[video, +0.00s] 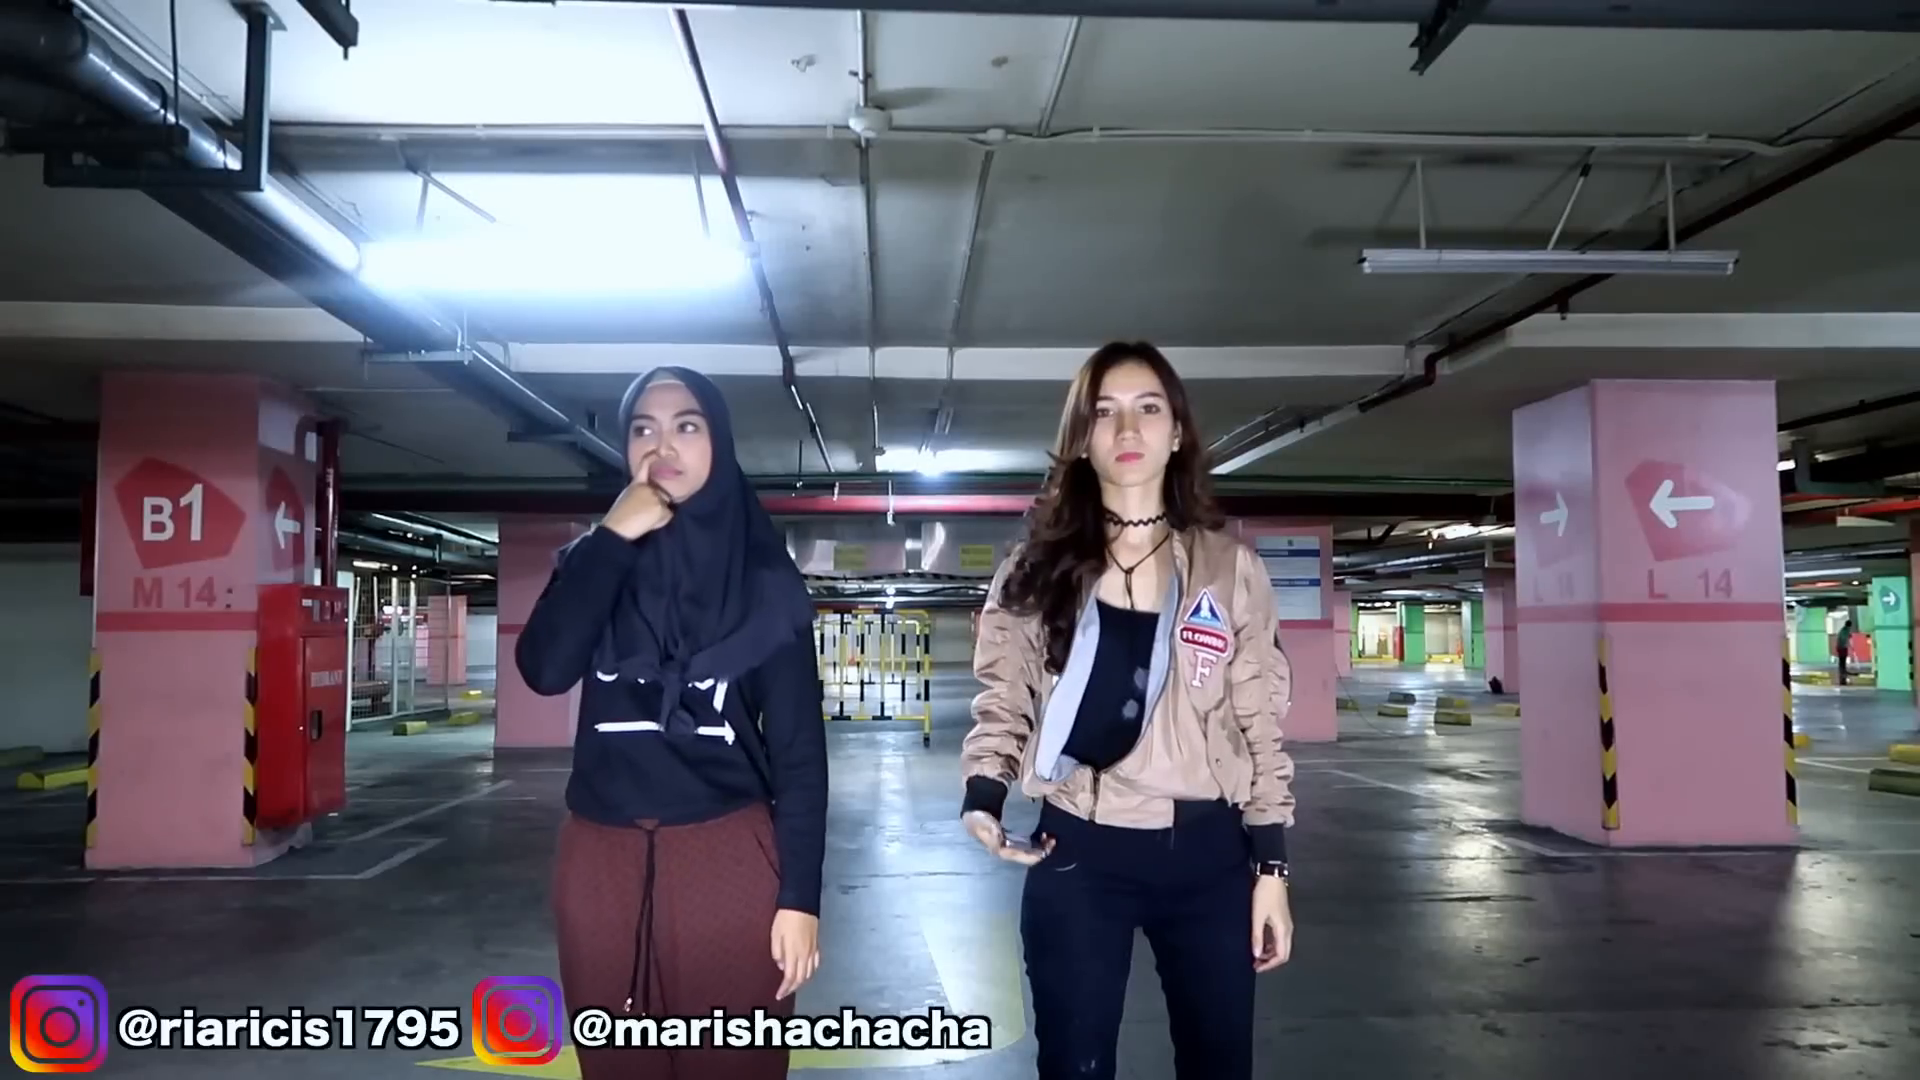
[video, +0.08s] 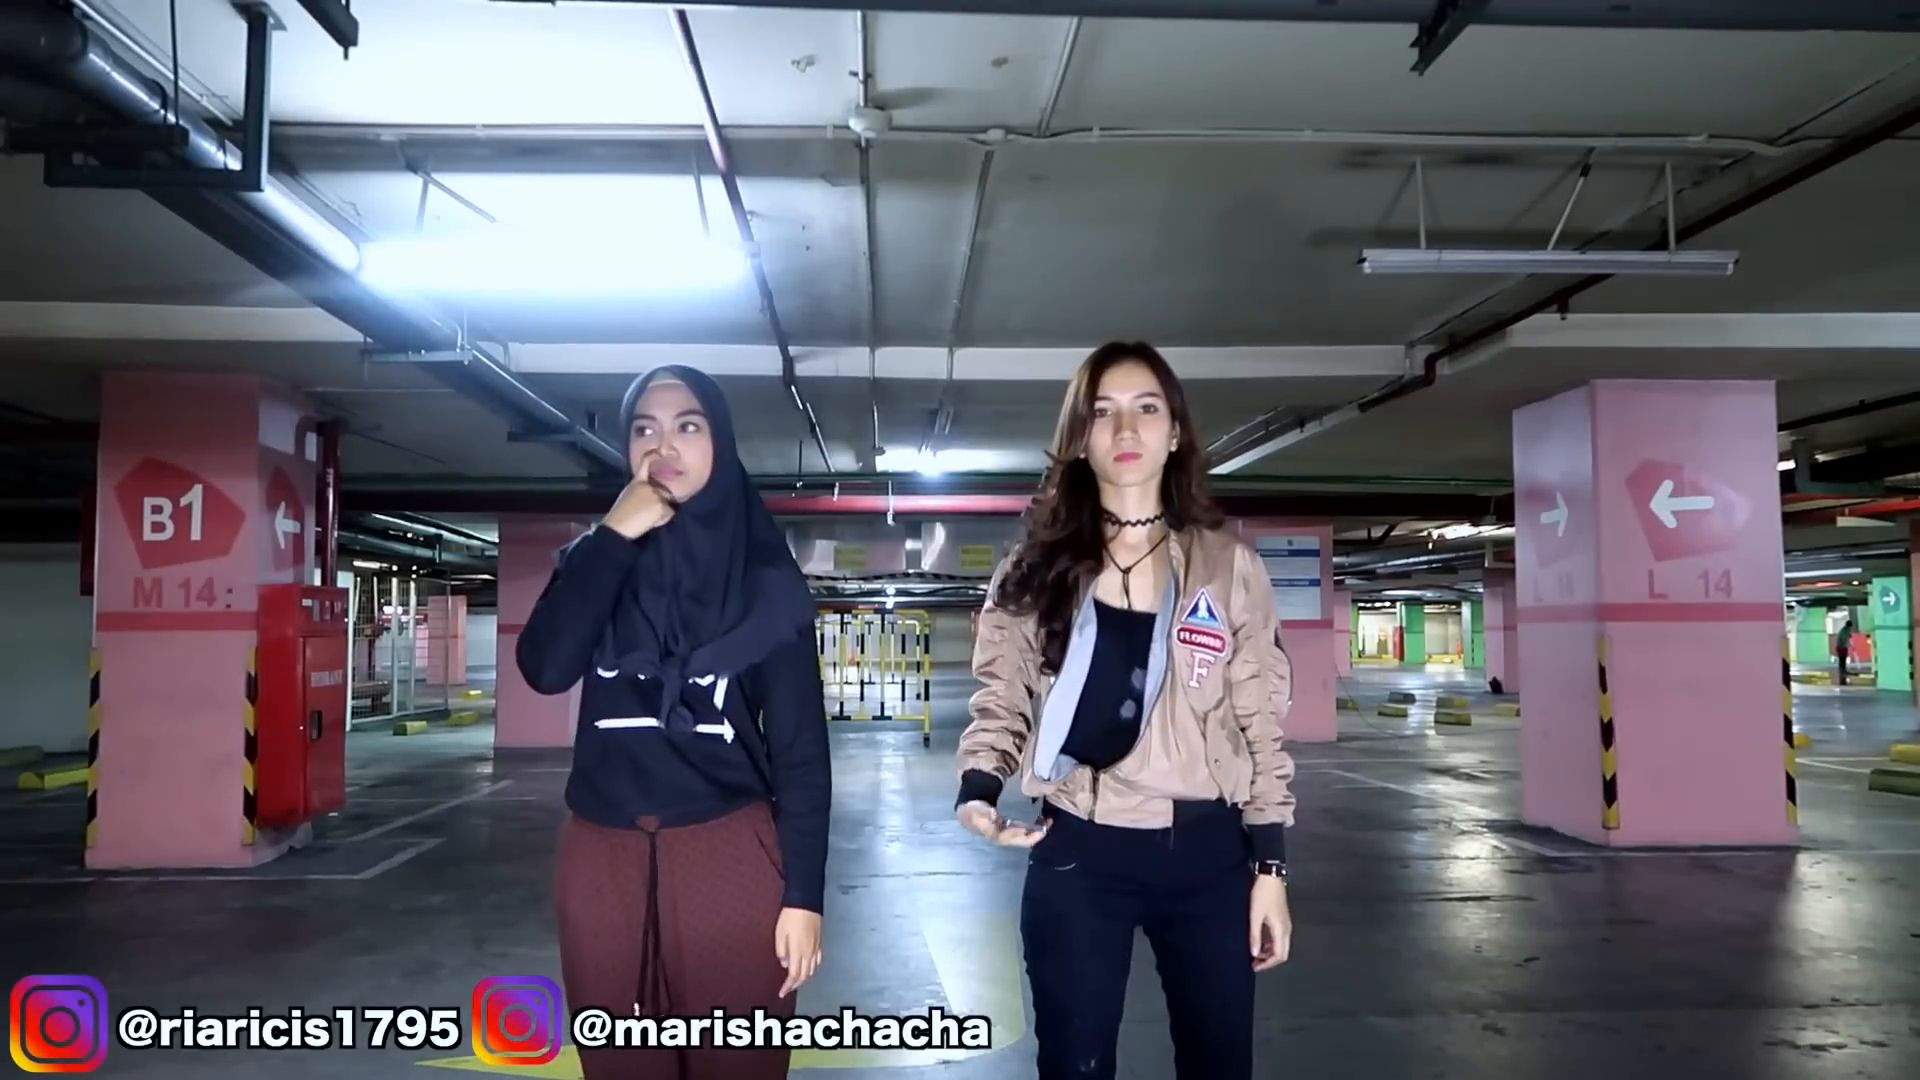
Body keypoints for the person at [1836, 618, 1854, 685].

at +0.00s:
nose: (1850, 627)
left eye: (1850, 625)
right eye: (1850, 625)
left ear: (1845, 624)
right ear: (1850, 625)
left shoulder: (1843, 630)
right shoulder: (1846, 631)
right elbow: (1848, 642)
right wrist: (1852, 650)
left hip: (1840, 650)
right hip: (1843, 650)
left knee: (1842, 666)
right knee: (1843, 666)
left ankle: (1842, 679)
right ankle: (1843, 680)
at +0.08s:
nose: (1850, 627)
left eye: (1850, 626)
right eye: (1850, 626)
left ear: (1846, 624)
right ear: (1850, 625)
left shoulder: (1844, 630)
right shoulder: (1846, 631)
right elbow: (1846, 642)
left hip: (1841, 649)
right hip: (1843, 649)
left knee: (1842, 666)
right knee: (1843, 666)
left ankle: (1842, 679)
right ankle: (1843, 680)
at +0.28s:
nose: (1851, 627)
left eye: (1851, 625)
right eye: (1851, 625)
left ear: (1847, 624)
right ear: (1851, 625)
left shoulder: (1844, 630)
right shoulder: (1847, 630)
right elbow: (1848, 641)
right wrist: (1854, 648)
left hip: (1840, 648)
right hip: (1844, 648)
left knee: (1842, 665)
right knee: (1843, 665)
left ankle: (1842, 679)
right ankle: (1843, 679)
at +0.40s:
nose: (1852, 628)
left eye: (1852, 626)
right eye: (1852, 627)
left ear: (1848, 625)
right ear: (1852, 626)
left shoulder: (1845, 630)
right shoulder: (1848, 631)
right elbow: (1849, 639)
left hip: (1840, 647)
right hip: (1846, 647)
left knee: (1840, 660)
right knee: (1848, 659)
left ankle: (1841, 671)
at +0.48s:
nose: (1854, 628)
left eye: (1853, 627)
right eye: (1854, 627)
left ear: (1849, 625)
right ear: (1853, 626)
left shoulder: (1845, 630)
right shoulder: (1850, 630)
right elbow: (1850, 637)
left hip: (1841, 647)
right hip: (1847, 647)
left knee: (1840, 662)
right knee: (1850, 659)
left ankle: (1840, 677)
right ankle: (1849, 669)